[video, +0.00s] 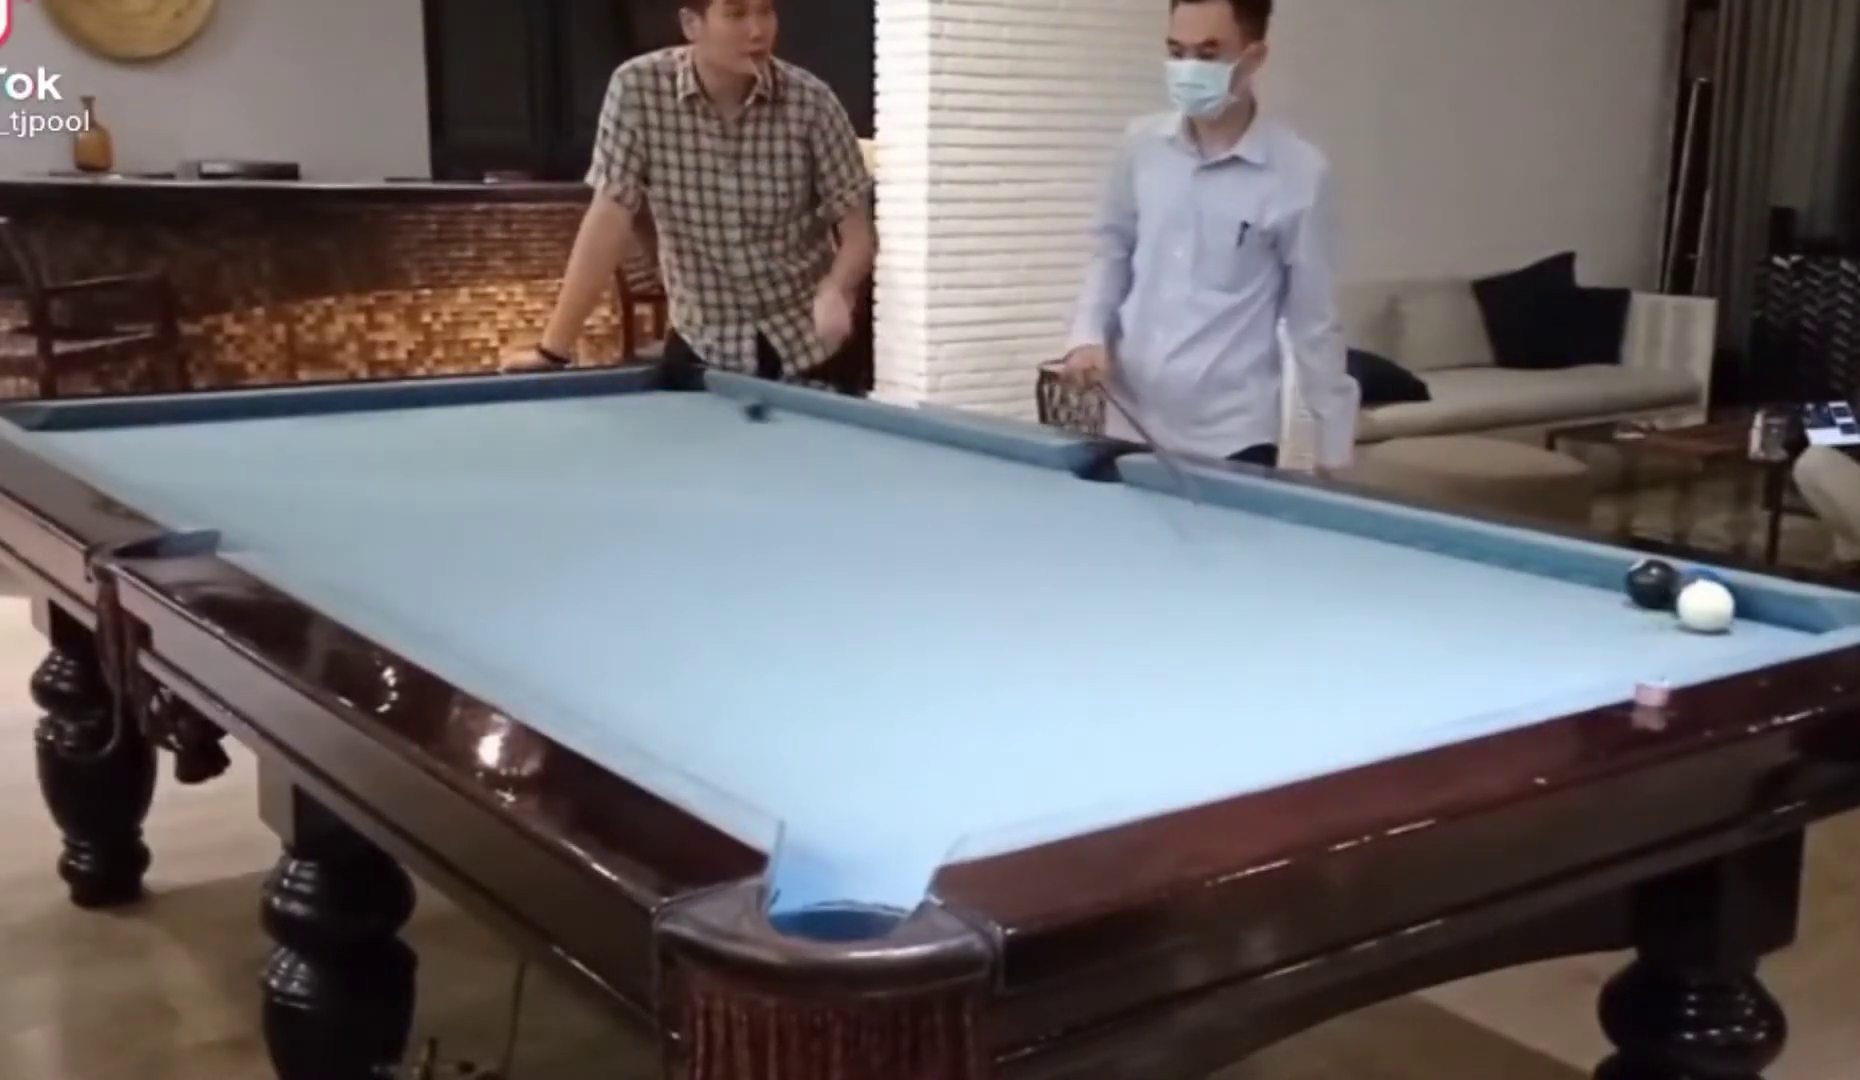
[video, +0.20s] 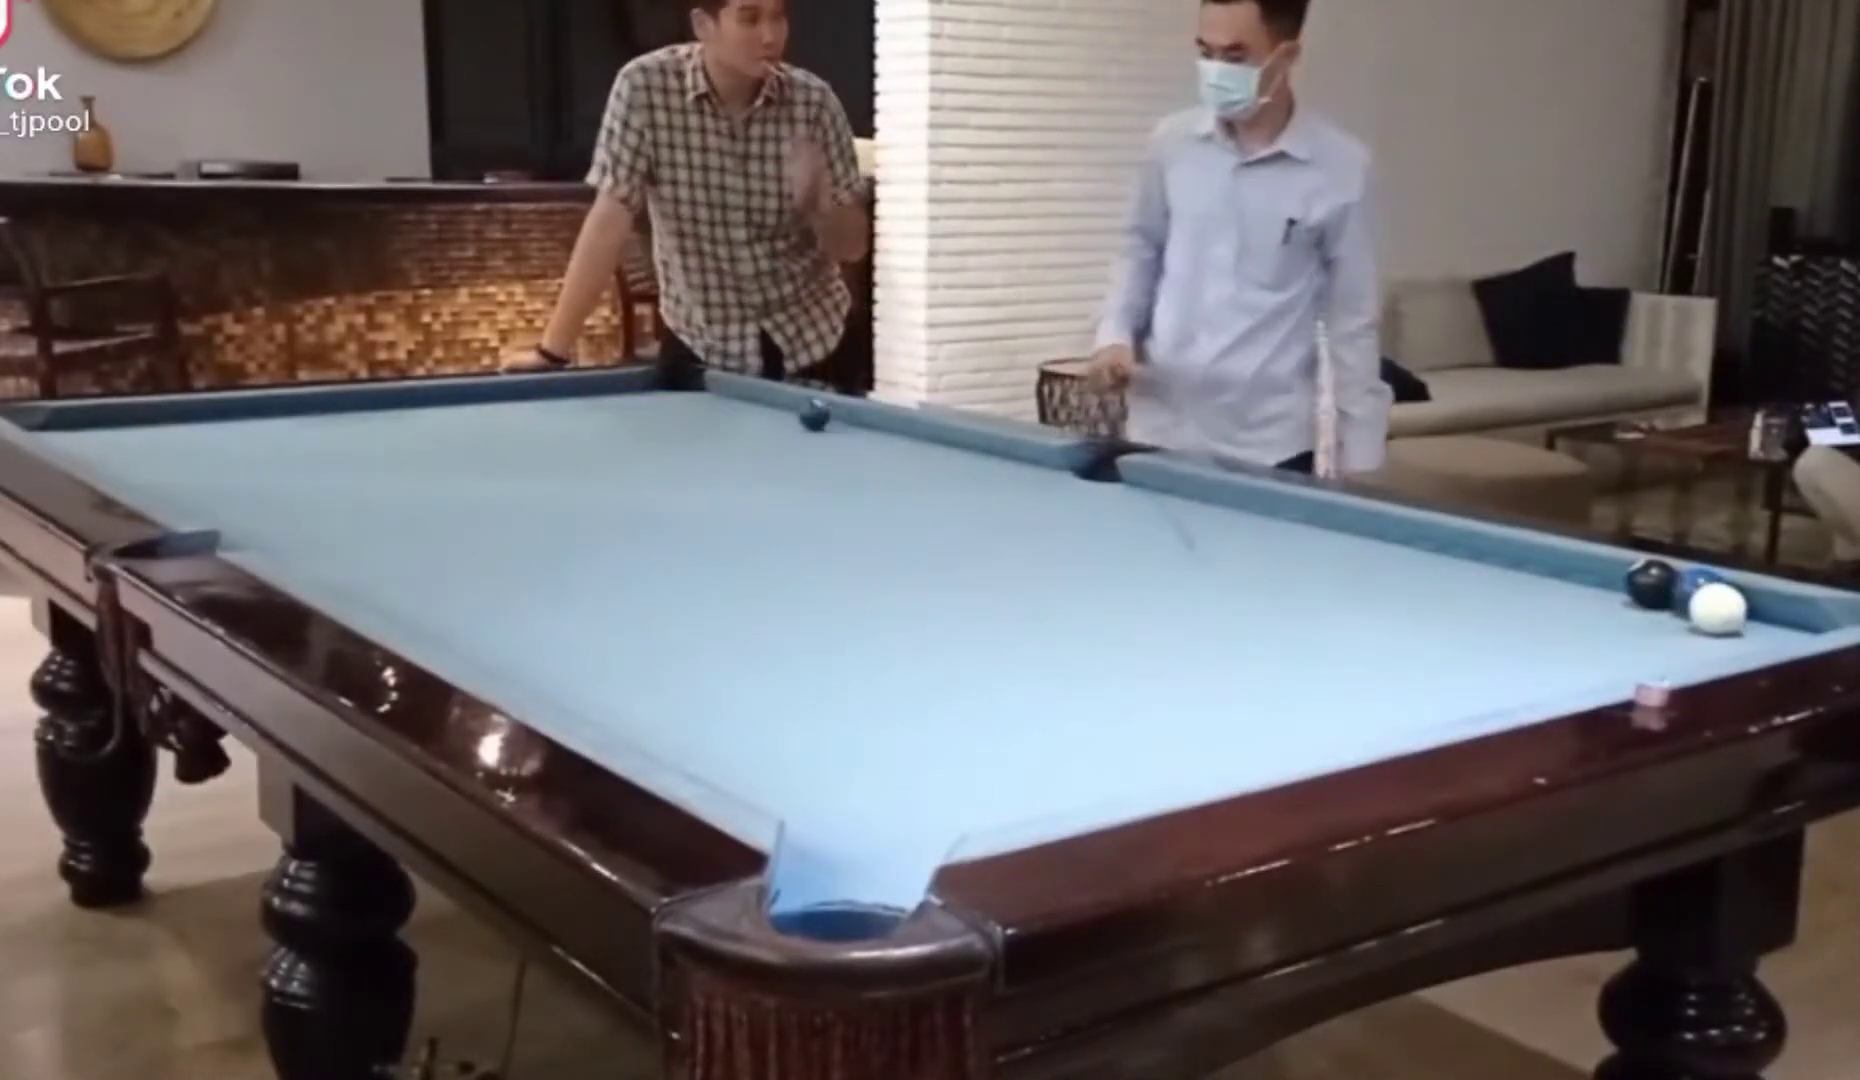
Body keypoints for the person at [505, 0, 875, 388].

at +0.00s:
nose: (757, 29)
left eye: (765, 13)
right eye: (737, 15)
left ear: (777, 19)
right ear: (691, 23)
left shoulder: (811, 101)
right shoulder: (638, 90)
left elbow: (858, 225)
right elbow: (610, 214)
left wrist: (836, 288)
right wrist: (553, 350)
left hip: (814, 342)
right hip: (701, 345)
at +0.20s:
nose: (772, 35)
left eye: (779, 17)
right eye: (751, 19)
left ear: (789, 21)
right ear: (704, 25)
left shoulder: (814, 100)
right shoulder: (645, 87)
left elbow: (852, 247)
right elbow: (610, 218)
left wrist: (820, 202)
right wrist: (552, 351)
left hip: (815, 333)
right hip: (701, 339)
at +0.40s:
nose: (775, 38)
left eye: (783, 20)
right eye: (754, 21)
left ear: (793, 22)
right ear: (709, 25)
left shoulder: (811, 96)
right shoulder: (650, 87)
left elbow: (849, 243)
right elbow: (612, 219)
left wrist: (805, 153)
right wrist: (552, 352)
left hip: (810, 332)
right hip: (700, 340)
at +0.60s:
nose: (776, 41)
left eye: (784, 23)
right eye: (755, 23)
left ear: (794, 24)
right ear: (709, 26)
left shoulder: (812, 98)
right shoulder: (651, 88)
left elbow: (849, 242)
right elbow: (613, 219)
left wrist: (806, 155)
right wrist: (552, 352)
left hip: (810, 334)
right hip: (701, 342)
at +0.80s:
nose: (772, 43)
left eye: (782, 25)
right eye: (752, 25)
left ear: (793, 27)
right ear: (707, 27)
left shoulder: (813, 101)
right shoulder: (650, 89)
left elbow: (849, 248)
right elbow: (612, 218)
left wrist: (810, 193)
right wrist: (551, 352)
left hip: (810, 336)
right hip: (701, 343)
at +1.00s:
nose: (762, 38)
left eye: (772, 20)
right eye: (741, 20)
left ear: (783, 25)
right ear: (697, 24)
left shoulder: (810, 101)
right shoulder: (646, 90)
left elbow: (839, 212)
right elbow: (611, 218)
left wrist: (842, 307)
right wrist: (552, 351)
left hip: (808, 338)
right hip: (702, 345)